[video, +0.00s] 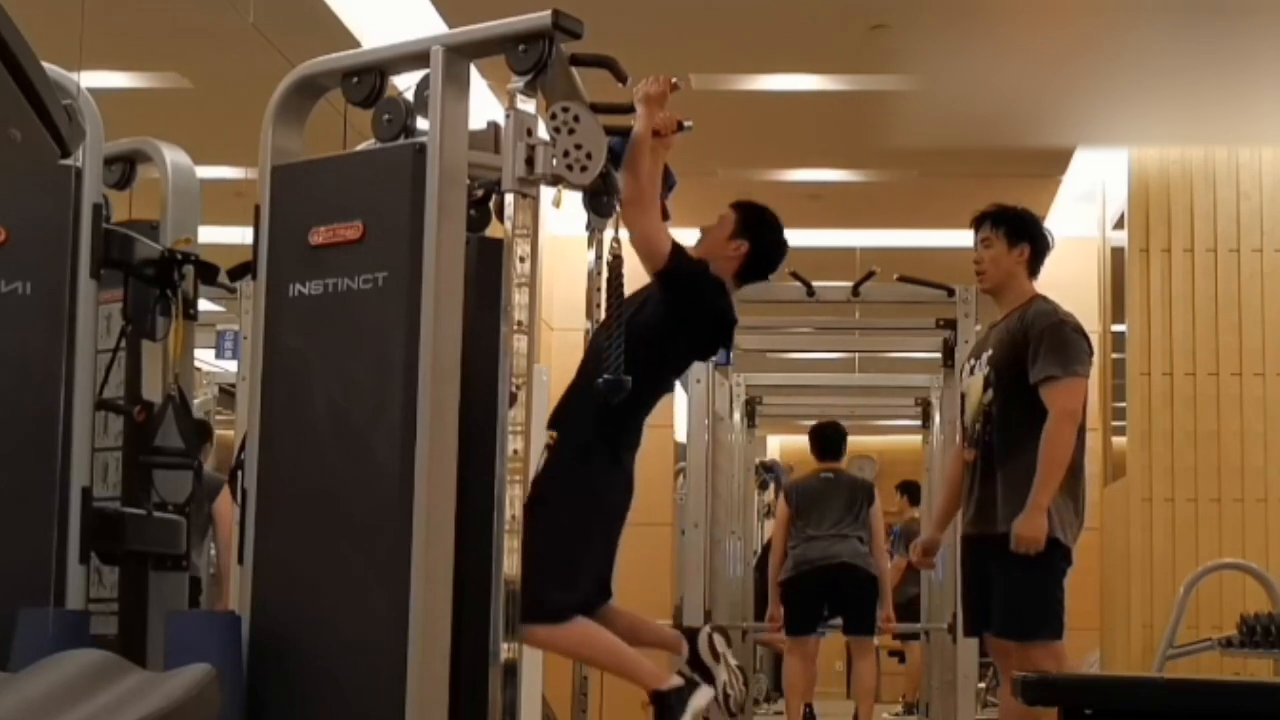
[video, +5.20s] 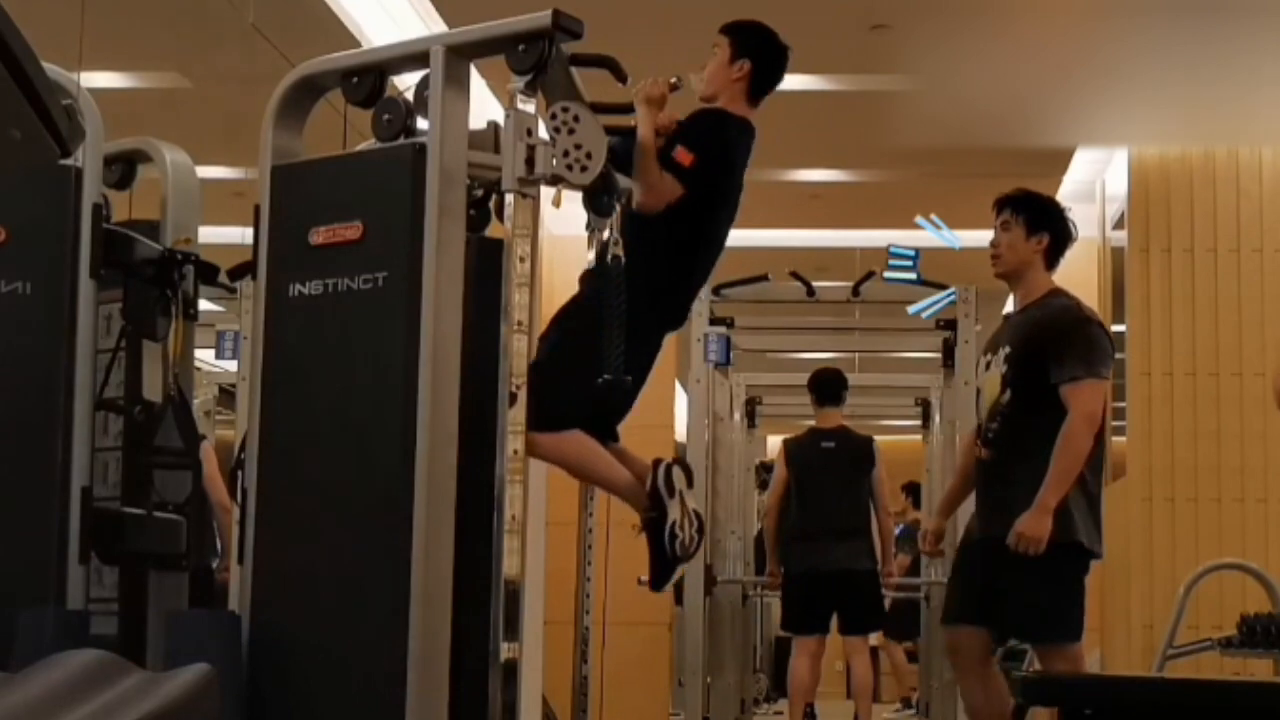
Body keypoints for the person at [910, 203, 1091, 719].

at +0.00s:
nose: (976, 257)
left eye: (988, 246)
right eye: (976, 248)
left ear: (1023, 254)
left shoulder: (1051, 325)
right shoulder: (984, 343)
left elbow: (1067, 416)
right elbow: (968, 445)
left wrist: (1038, 508)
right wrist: (935, 529)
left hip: (1031, 525)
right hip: (987, 526)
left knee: (1041, 659)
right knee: (1004, 656)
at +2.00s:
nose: (965, 262)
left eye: (975, 248)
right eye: (964, 251)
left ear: (1011, 252)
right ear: (998, 256)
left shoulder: (1047, 325)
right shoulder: (986, 341)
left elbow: (1055, 425)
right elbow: (967, 441)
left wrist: (1022, 512)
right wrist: (930, 519)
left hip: (1028, 529)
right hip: (987, 528)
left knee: (1038, 668)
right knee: (1003, 663)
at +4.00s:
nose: (978, 256)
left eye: (990, 244)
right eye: (977, 246)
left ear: (1026, 251)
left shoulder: (1051, 324)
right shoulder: (989, 339)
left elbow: (1063, 421)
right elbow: (969, 436)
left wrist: (1018, 506)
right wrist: (929, 512)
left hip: (1033, 527)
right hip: (992, 525)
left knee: (1040, 667)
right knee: (1004, 662)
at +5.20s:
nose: (992, 241)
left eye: (1005, 230)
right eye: (993, 230)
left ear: (1041, 244)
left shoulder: (1071, 320)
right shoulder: (1005, 332)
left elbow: (1088, 416)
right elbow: (987, 432)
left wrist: (1044, 507)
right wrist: (942, 511)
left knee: (1060, 659)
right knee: (966, 643)